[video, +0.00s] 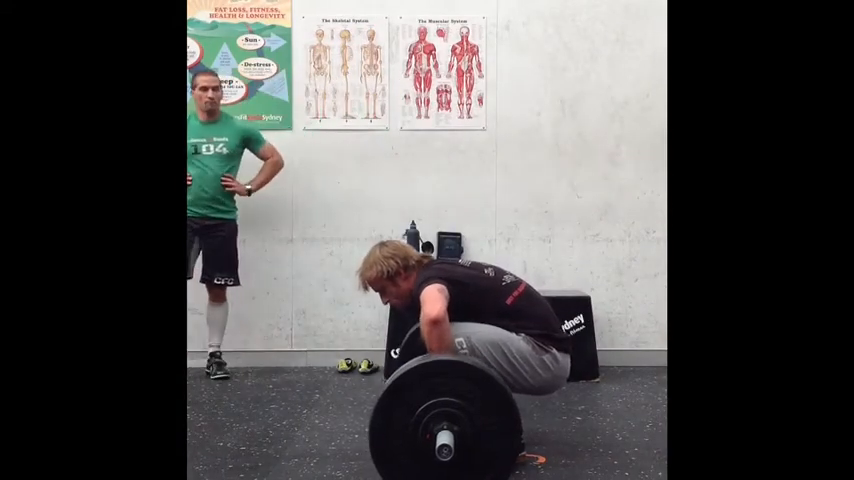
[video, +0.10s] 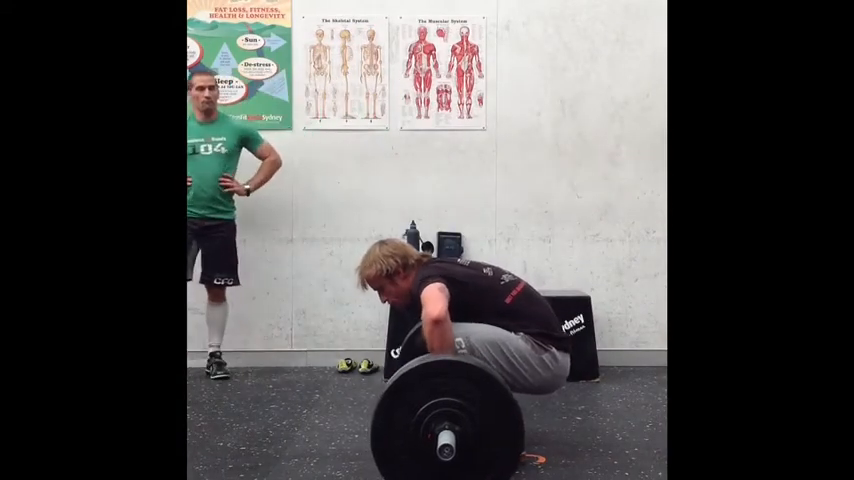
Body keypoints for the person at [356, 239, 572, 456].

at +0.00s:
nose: (385, 301)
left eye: (383, 291)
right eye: (379, 294)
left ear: (401, 276)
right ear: (403, 274)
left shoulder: (430, 276)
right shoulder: (437, 269)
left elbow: (434, 317)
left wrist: (447, 384)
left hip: (545, 358)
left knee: (444, 339)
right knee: (439, 339)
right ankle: (500, 440)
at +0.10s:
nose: (384, 299)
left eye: (382, 290)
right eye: (378, 292)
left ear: (401, 274)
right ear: (403, 271)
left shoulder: (430, 275)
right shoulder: (436, 269)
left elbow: (436, 316)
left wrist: (445, 386)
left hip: (544, 356)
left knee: (437, 339)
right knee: (433, 339)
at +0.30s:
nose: (376, 285)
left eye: (375, 276)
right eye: (372, 279)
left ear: (394, 261)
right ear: (397, 257)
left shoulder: (424, 264)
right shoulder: (433, 258)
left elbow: (443, 314)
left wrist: (450, 384)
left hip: (546, 339)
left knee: (439, 336)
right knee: (438, 333)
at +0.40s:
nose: (372, 268)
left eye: (371, 257)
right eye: (367, 261)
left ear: (390, 243)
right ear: (393, 240)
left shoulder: (423, 249)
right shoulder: (426, 243)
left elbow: (446, 312)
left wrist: (449, 385)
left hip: (543, 316)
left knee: (439, 331)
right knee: (440, 328)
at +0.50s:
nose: (367, 249)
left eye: (365, 238)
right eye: (362, 241)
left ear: (386, 224)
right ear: (388, 224)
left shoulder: (423, 236)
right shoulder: (426, 229)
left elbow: (449, 308)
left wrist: (449, 379)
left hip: (543, 297)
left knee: (442, 325)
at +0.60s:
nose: (361, 235)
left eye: (360, 224)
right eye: (357, 227)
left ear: (383, 211)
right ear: (384, 213)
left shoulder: (425, 225)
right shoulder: (424, 221)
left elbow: (449, 307)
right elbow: (446, 303)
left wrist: (454, 379)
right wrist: (453, 382)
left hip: (547, 276)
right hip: (546, 274)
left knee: (456, 316)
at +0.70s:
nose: (357, 228)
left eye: (357, 217)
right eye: (353, 220)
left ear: (379, 205)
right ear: (381, 206)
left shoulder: (423, 219)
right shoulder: (422, 213)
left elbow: (450, 303)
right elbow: (454, 291)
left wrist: (456, 375)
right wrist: (456, 373)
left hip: (550, 247)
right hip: (550, 243)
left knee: (469, 313)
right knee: (466, 309)